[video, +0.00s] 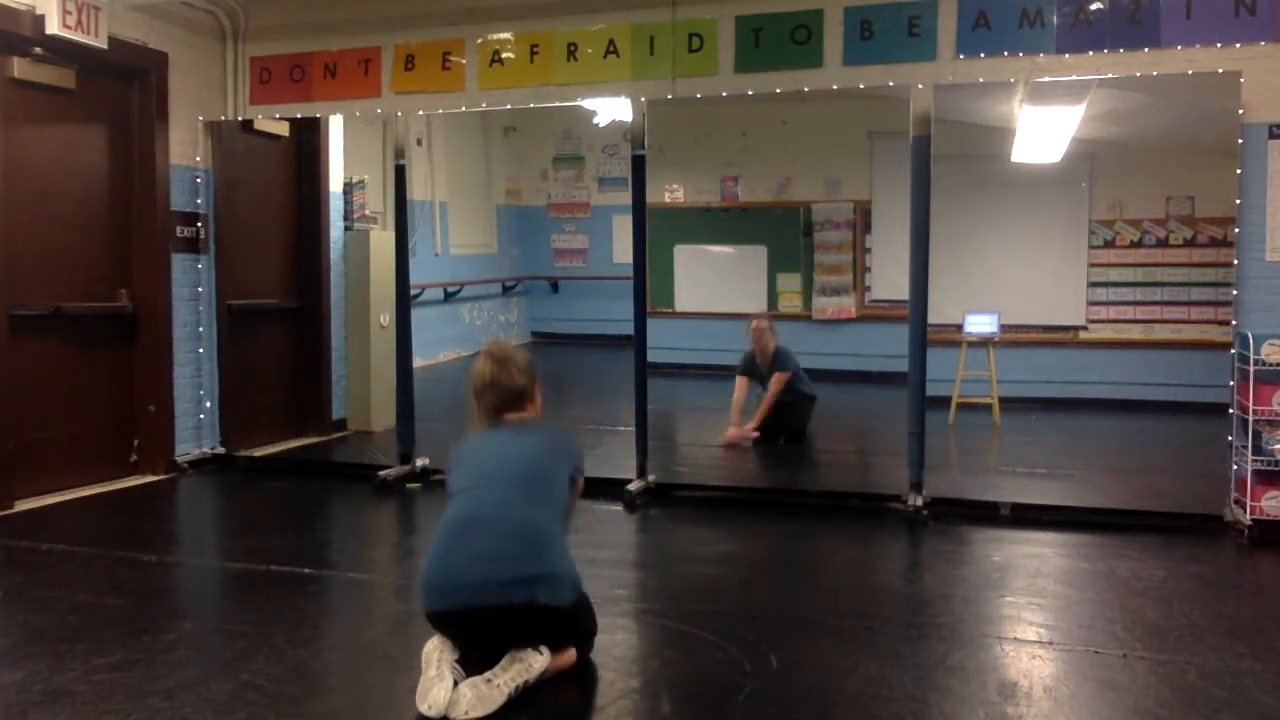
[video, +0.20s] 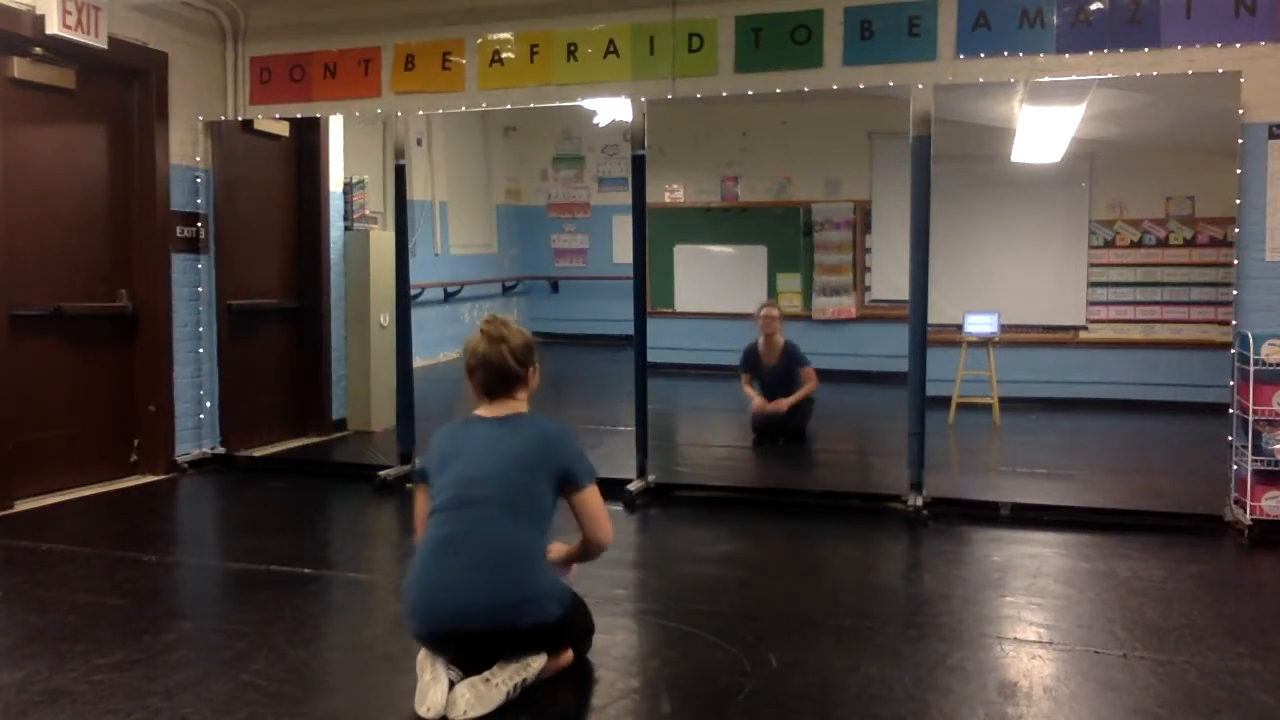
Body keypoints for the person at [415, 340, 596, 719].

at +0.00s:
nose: (542, 392)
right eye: (538, 385)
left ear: (480, 403)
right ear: (535, 395)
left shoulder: (462, 450)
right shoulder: (562, 443)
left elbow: (461, 508)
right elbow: (564, 515)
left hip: (449, 595)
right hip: (539, 588)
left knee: (487, 650)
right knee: (579, 639)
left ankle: (444, 658)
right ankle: (528, 667)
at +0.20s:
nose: (538, 374)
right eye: (537, 367)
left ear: (471, 379)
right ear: (532, 375)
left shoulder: (443, 439)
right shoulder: (553, 436)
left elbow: (422, 534)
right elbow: (599, 537)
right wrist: (568, 555)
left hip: (433, 606)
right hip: (521, 600)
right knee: (577, 633)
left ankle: (440, 669)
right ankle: (509, 679)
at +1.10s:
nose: (636, 499)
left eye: (640, 492)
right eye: (639, 491)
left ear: (584, 458)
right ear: (627, 481)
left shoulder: (517, 471)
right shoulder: (588, 494)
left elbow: (623, 539)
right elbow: (661, 551)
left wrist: (673, 567)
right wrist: (707, 570)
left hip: (434, 585)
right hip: (519, 583)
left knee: (490, 644)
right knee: (580, 636)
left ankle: (443, 660)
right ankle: (525, 664)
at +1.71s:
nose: (556, 369)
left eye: (551, 361)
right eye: (552, 362)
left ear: (491, 385)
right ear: (544, 375)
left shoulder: (462, 440)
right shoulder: (565, 446)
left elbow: (408, 524)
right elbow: (566, 539)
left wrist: (466, 527)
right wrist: (548, 557)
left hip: (430, 625)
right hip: (518, 625)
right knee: (583, 620)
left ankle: (444, 676)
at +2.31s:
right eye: (490, 445)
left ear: (447, 472)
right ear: (486, 446)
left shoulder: (451, 489)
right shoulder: (544, 469)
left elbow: (433, 546)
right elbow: (567, 554)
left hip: (445, 596)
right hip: (537, 591)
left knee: (484, 654)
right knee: (582, 640)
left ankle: (443, 660)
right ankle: (528, 668)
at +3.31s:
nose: (551, 376)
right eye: (550, 368)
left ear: (488, 369)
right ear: (544, 378)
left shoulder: (436, 435)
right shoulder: (551, 443)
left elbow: (394, 525)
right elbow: (556, 536)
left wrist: (441, 554)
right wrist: (547, 571)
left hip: (424, 626)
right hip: (509, 630)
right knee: (581, 618)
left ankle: (441, 676)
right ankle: (496, 684)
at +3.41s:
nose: (571, 384)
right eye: (570, 376)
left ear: (509, 374)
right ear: (563, 384)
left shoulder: (456, 432)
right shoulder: (562, 450)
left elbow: (414, 517)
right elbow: (564, 548)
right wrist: (560, 575)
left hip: (423, 623)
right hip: (508, 626)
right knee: (583, 622)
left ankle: (437, 673)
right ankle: (495, 688)